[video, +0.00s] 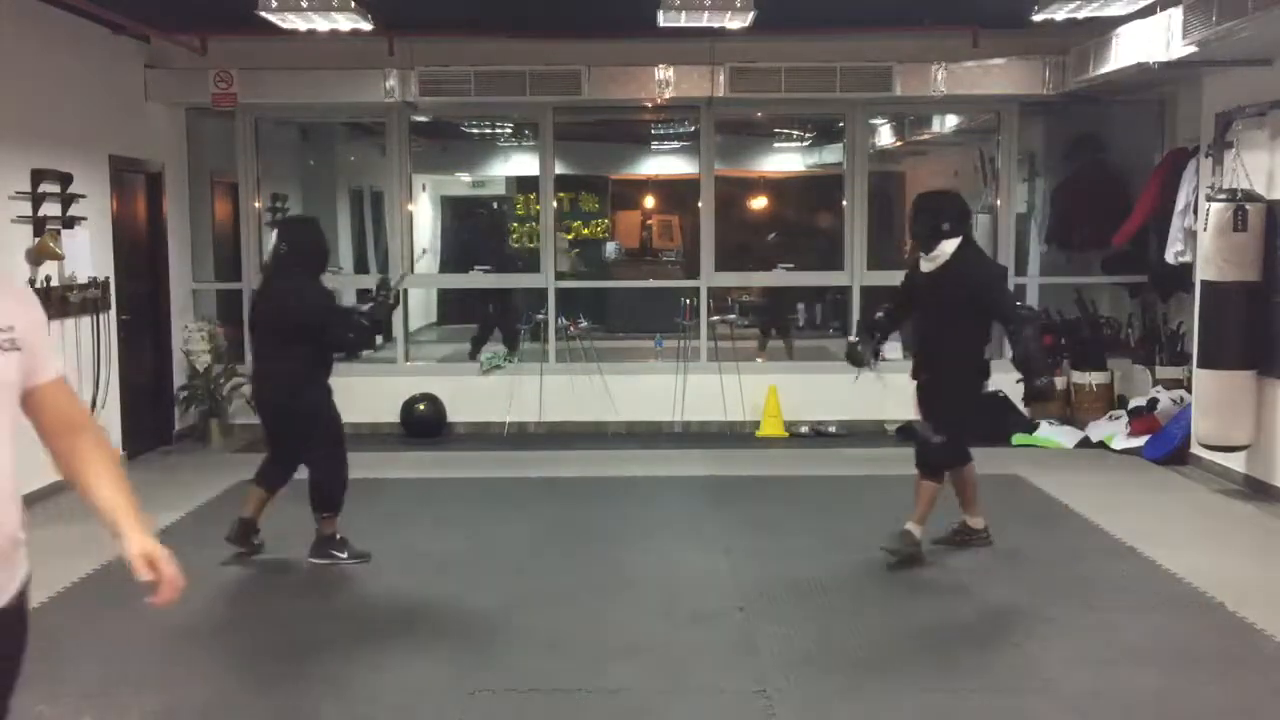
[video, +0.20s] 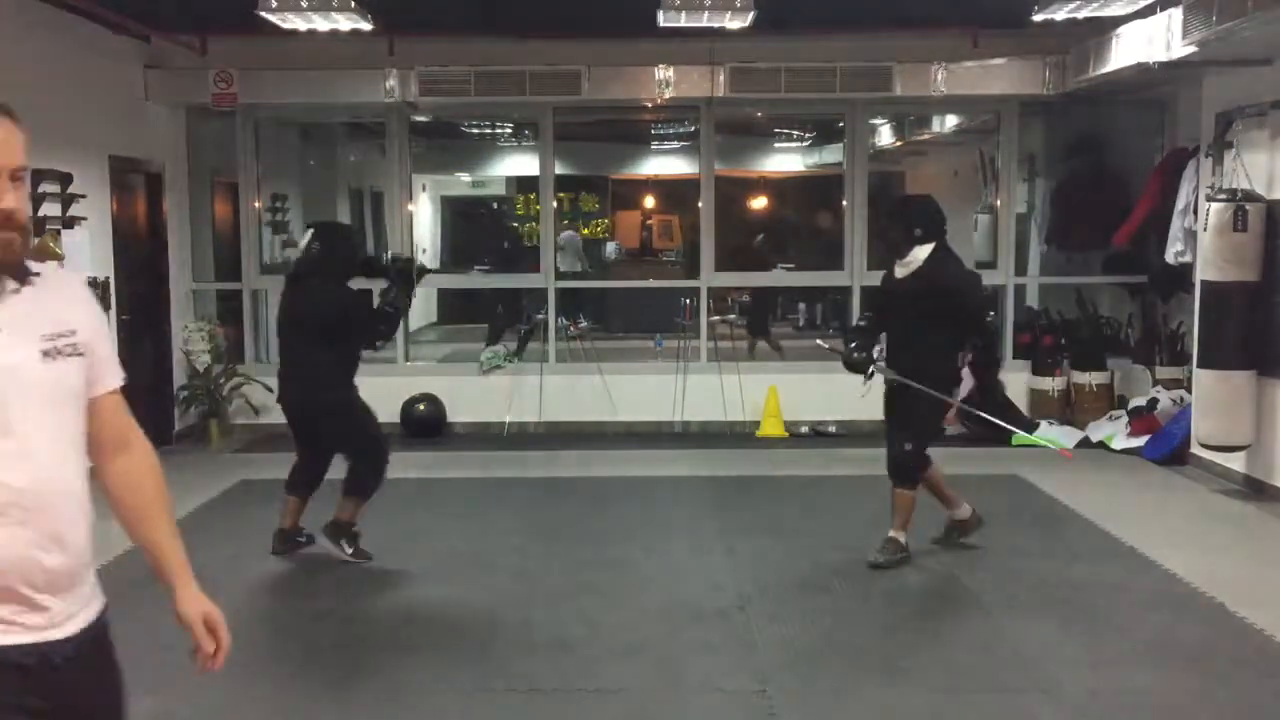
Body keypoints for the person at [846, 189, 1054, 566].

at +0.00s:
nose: (913, 231)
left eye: (918, 223)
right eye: (914, 224)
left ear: (940, 225)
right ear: (946, 225)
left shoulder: (980, 270)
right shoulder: (924, 265)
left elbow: (1014, 321)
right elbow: (902, 304)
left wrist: (1033, 370)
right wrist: (873, 331)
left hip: (962, 372)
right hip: (929, 371)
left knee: (933, 446)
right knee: (952, 448)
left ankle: (913, 531)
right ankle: (974, 524)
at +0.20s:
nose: (890, 235)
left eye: (897, 228)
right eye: (891, 227)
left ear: (917, 228)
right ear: (919, 228)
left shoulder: (952, 274)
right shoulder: (897, 270)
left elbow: (984, 337)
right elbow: (878, 316)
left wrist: (979, 393)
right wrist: (862, 342)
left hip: (935, 374)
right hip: (899, 371)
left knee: (907, 453)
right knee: (906, 452)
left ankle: (897, 537)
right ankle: (961, 512)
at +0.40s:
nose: (865, 233)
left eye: (872, 225)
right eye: (866, 225)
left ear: (892, 227)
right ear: (904, 226)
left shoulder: (930, 275)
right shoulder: (873, 267)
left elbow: (957, 338)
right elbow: (856, 318)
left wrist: (953, 394)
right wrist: (846, 342)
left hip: (918, 375)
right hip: (878, 370)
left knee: (888, 450)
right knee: (854, 446)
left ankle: (895, 536)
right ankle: (902, 507)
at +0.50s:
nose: (848, 239)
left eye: (855, 232)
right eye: (848, 231)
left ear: (877, 233)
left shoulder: (920, 277)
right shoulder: (858, 275)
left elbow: (950, 337)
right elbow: (838, 319)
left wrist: (951, 390)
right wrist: (830, 346)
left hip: (905, 378)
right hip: (864, 373)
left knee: (878, 457)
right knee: (836, 451)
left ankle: (890, 536)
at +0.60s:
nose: (844, 246)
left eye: (850, 238)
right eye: (844, 238)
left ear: (873, 240)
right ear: (876, 241)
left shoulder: (917, 287)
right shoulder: (852, 281)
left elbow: (950, 346)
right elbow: (819, 311)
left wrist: (948, 403)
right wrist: (802, 318)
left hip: (896, 386)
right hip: (858, 381)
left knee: (871, 460)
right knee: (823, 456)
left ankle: (897, 529)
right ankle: (841, 534)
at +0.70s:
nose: (853, 238)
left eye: (858, 231)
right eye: (853, 231)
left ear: (877, 234)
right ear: (891, 234)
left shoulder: (919, 282)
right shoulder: (855, 271)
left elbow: (948, 346)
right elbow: (808, 284)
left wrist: (948, 402)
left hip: (894, 385)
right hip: (856, 380)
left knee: (877, 462)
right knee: (826, 452)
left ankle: (916, 541)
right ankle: (840, 531)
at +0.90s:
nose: (866, 232)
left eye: (873, 225)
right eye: (868, 225)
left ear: (895, 229)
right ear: (907, 229)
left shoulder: (935, 279)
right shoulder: (871, 266)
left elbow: (963, 344)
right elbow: (833, 280)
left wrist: (947, 400)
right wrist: (793, 279)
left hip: (915, 391)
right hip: (874, 386)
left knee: (911, 478)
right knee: (845, 456)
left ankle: (942, 557)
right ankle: (842, 533)